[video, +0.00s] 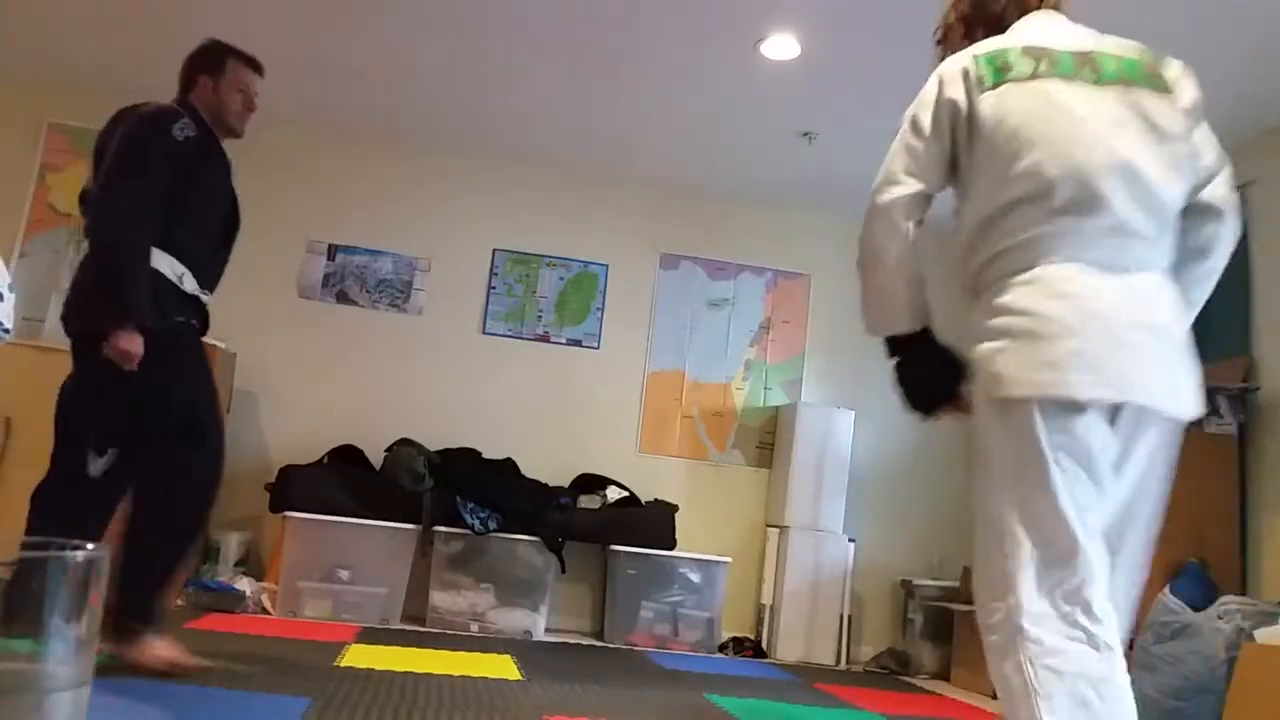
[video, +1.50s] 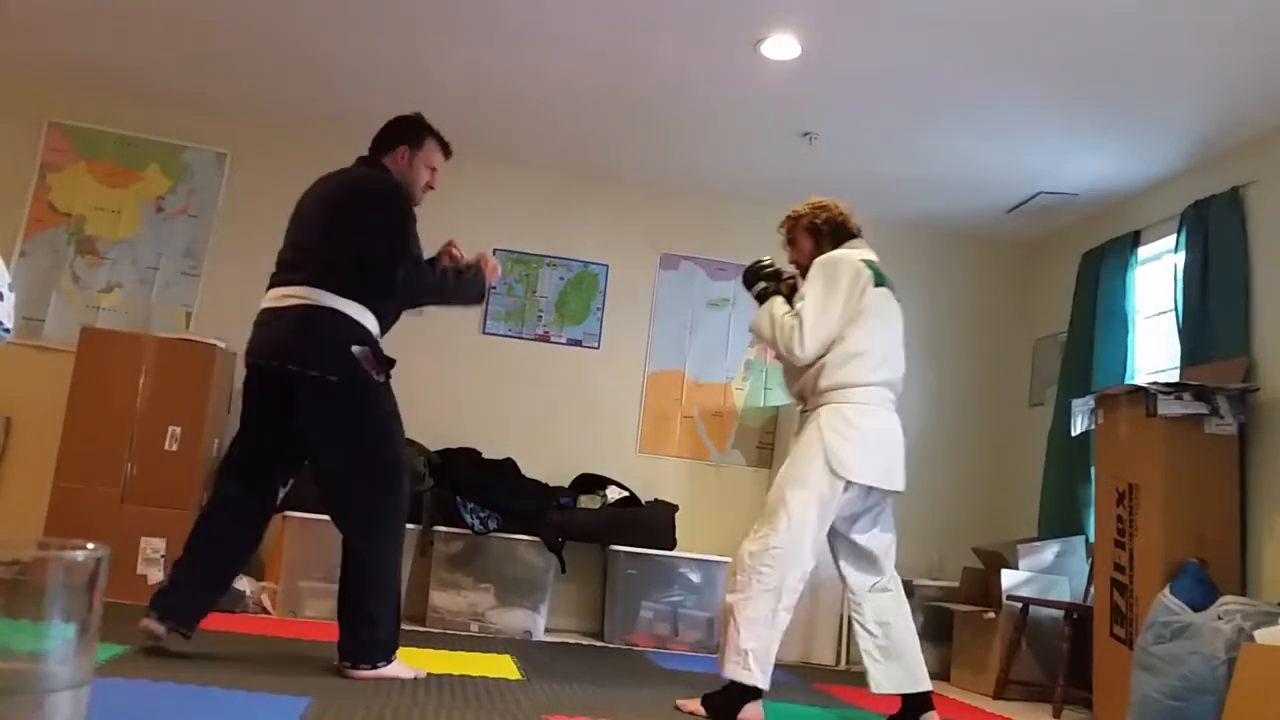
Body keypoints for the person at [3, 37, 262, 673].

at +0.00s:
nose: (252, 107)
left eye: (255, 99)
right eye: (243, 94)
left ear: (213, 94)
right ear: (204, 86)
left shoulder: (203, 152)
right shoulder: (163, 130)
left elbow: (170, 246)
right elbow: (122, 220)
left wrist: (176, 325)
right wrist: (122, 319)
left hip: (137, 330)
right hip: (151, 332)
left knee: (83, 475)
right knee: (188, 469)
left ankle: (28, 617)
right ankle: (135, 625)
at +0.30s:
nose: (311, 130)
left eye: (313, 119)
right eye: (304, 115)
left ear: (266, 112)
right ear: (265, 106)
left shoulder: (213, 147)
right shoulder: (238, 150)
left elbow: (170, 230)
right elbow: (197, 228)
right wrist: (189, 330)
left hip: (167, 331)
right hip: (213, 337)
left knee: (113, 480)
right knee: (241, 493)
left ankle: (30, 614)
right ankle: (223, 646)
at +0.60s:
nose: (368, 139)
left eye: (372, 129)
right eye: (362, 124)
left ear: (314, 118)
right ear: (327, 114)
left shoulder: (253, 151)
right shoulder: (307, 156)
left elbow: (246, 257)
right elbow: (312, 249)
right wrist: (350, 337)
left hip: (201, 322)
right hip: (256, 328)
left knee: (206, 468)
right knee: (267, 484)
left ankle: (116, 603)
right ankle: (230, 646)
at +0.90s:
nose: (375, 148)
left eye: (379, 137)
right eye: (371, 132)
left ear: (321, 124)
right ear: (336, 120)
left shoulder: (262, 161)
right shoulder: (321, 162)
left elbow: (271, 263)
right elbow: (342, 261)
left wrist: (337, 329)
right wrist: (409, 329)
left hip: (223, 326)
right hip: (275, 329)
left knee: (210, 479)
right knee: (271, 488)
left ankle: (171, 628)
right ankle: (231, 646)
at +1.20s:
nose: (390, 170)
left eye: (394, 159)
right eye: (386, 155)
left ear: (344, 144)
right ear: (355, 143)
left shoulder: (277, 179)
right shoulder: (331, 179)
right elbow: (328, 271)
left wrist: (376, 285)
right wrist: (398, 300)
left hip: (231, 332)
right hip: (292, 338)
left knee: (220, 481)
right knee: (353, 476)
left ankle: (168, 632)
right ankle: (337, 639)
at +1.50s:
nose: (432, 184)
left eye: (438, 173)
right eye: (431, 169)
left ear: (385, 155)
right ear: (401, 155)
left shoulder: (323, 188)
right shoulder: (388, 195)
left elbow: (361, 280)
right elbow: (404, 282)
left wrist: (430, 267)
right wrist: (475, 279)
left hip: (272, 344)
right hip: (337, 355)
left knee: (248, 487)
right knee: (377, 505)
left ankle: (170, 616)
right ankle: (368, 654)